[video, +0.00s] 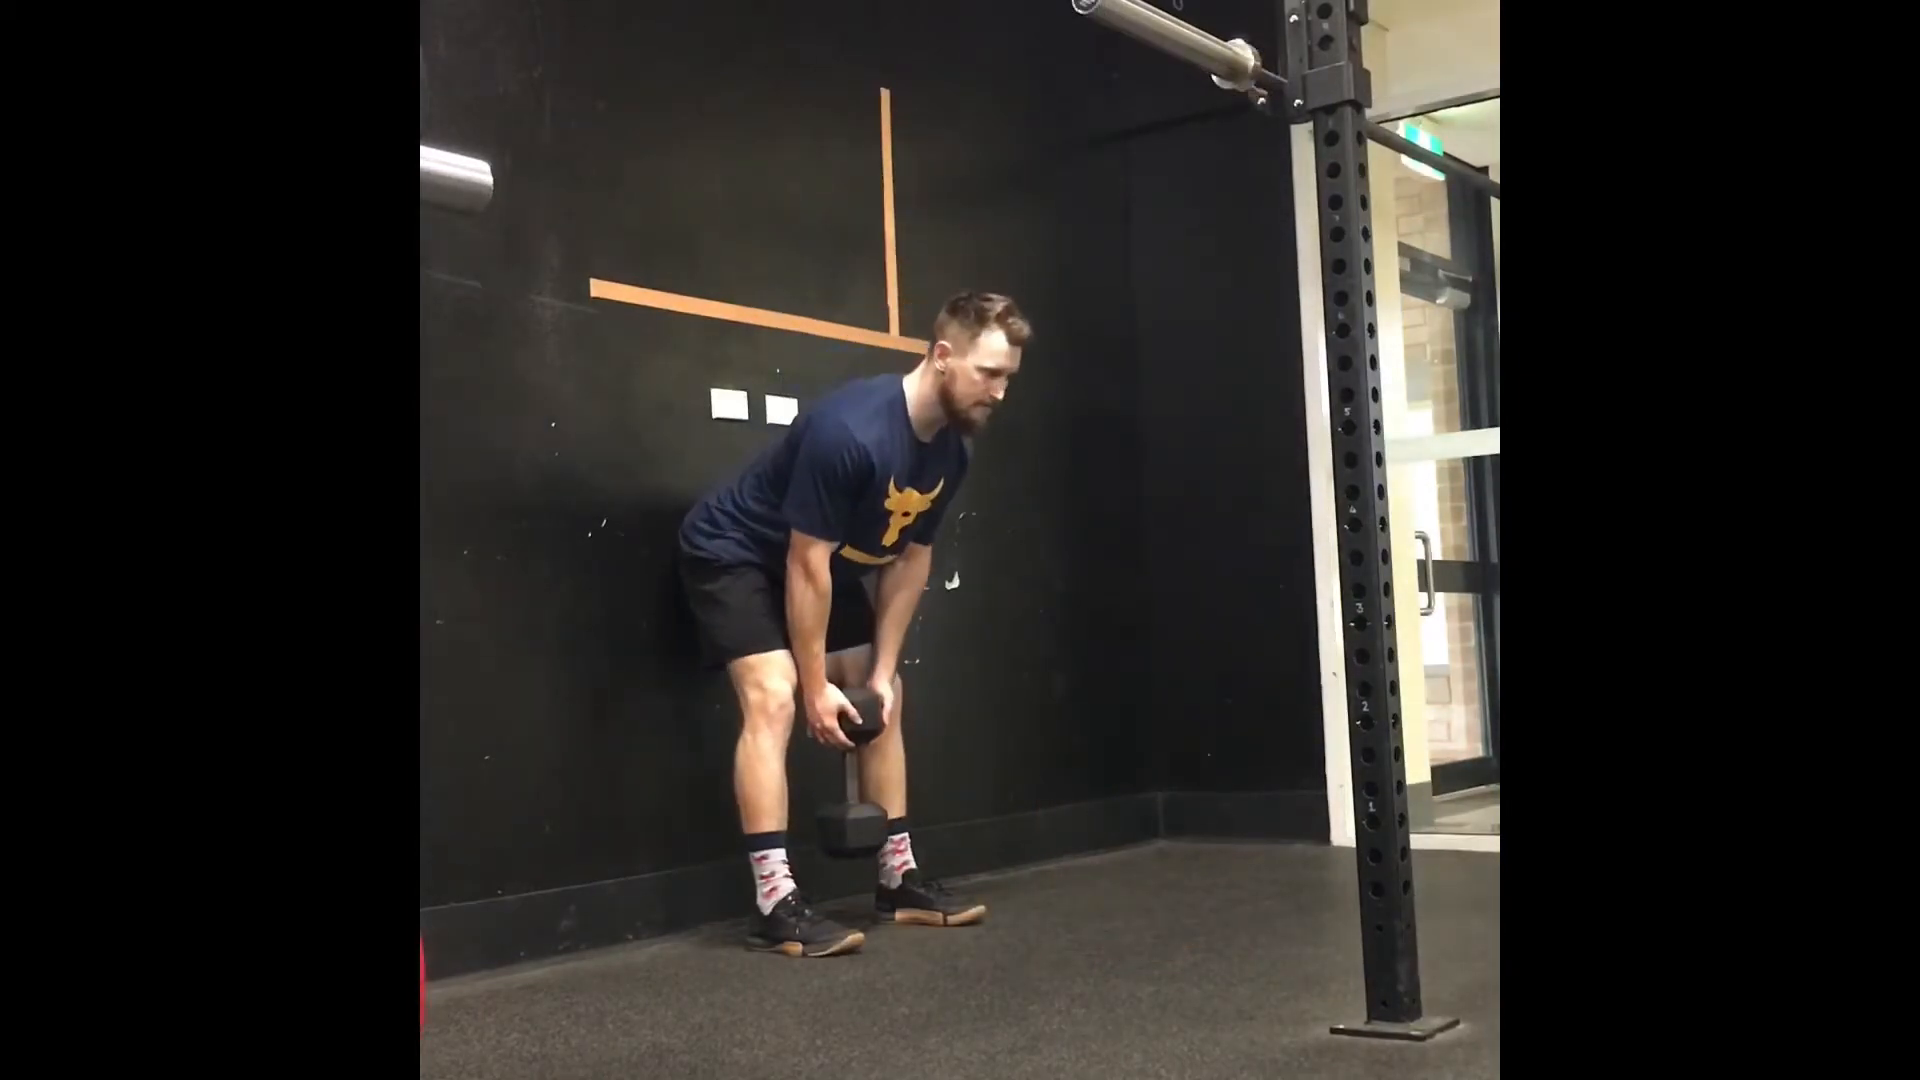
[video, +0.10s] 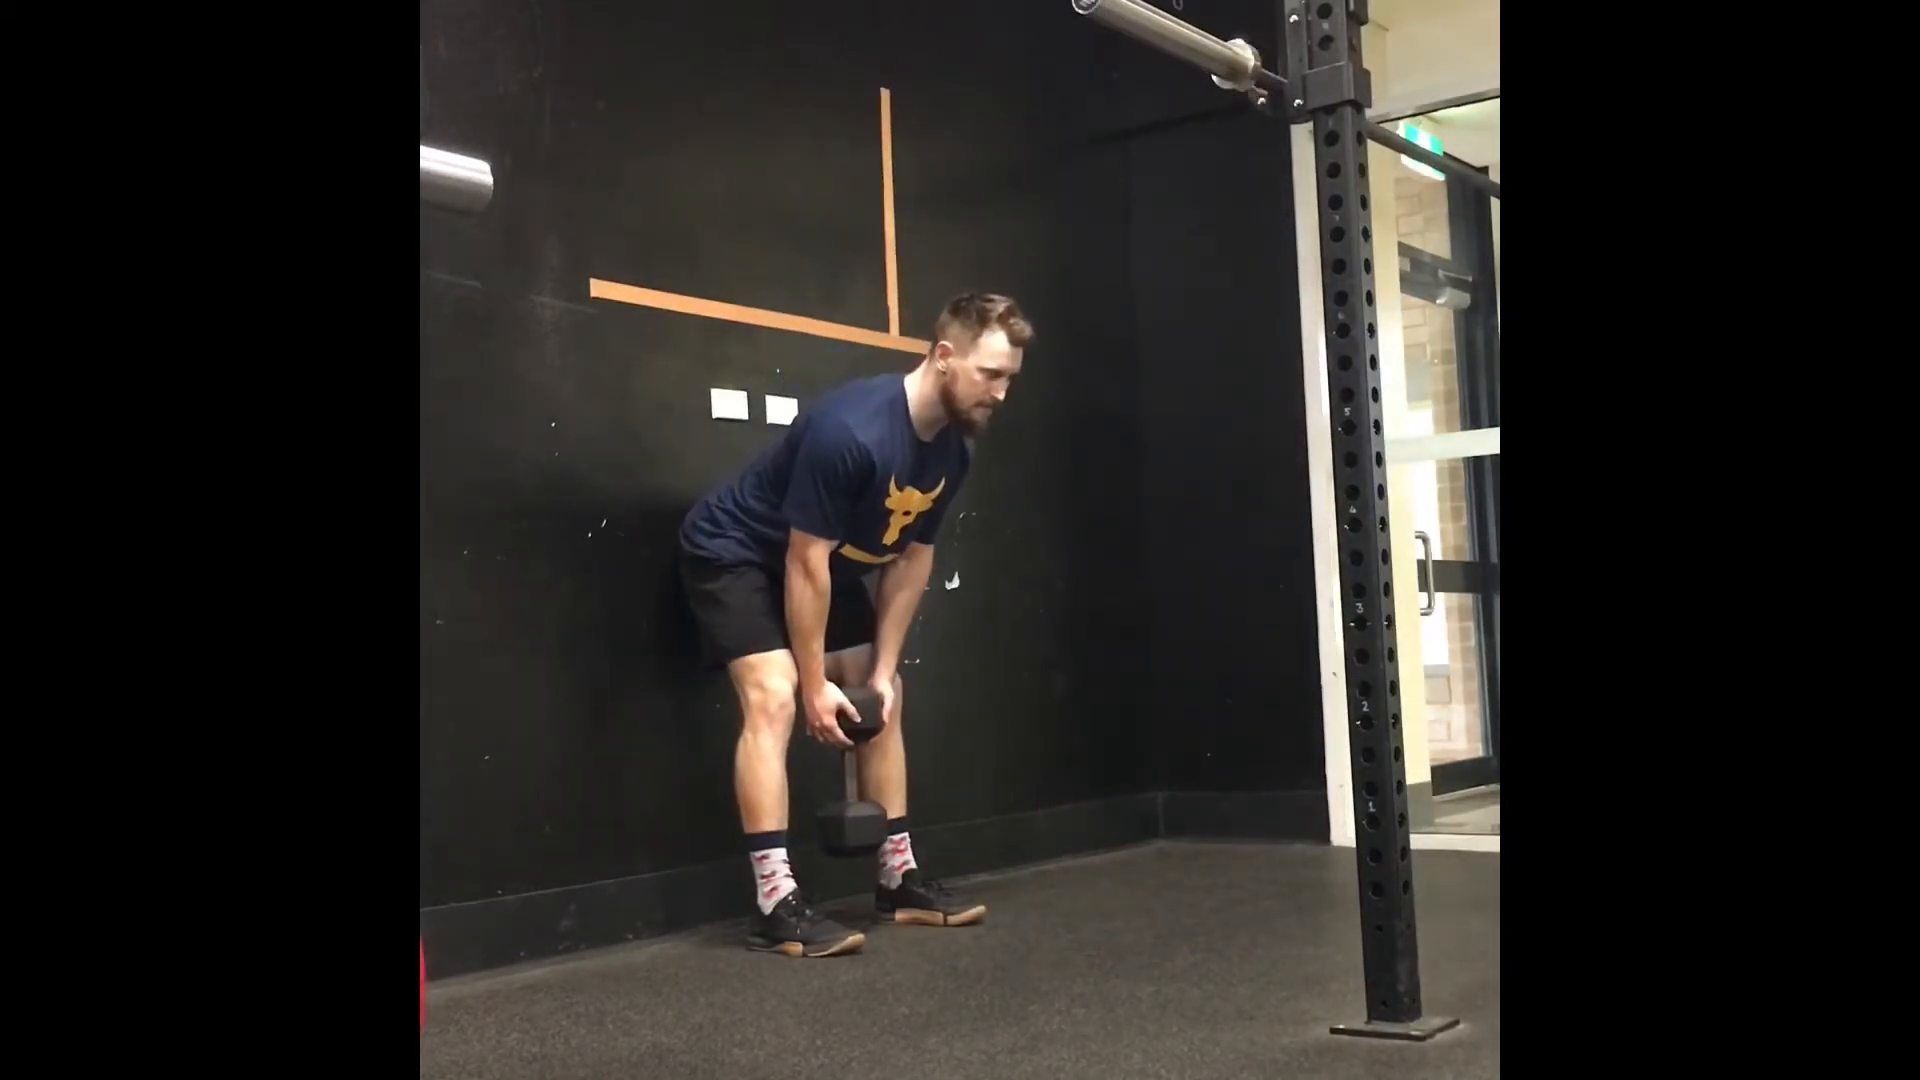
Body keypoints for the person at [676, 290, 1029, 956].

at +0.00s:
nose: (998, 392)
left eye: (1007, 378)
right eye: (989, 373)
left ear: (1008, 375)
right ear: (941, 357)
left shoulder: (950, 447)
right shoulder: (848, 432)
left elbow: (908, 560)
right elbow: (807, 562)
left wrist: (884, 672)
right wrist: (813, 686)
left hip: (820, 561)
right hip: (733, 549)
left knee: (880, 691)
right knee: (772, 698)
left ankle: (897, 878)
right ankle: (776, 903)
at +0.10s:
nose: (1000, 393)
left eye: (1009, 379)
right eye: (991, 374)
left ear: (1010, 375)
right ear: (943, 357)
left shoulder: (952, 444)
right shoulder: (849, 432)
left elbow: (910, 559)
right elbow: (806, 561)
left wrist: (883, 669)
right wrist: (813, 684)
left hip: (824, 560)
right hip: (734, 547)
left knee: (880, 688)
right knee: (773, 697)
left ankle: (897, 878)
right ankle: (776, 903)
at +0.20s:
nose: (999, 391)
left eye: (1008, 377)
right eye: (989, 372)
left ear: (1009, 374)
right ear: (942, 356)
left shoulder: (952, 445)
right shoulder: (848, 430)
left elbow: (910, 560)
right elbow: (805, 560)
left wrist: (883, 668)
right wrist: (812, 682)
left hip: (826, 559)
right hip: (735, 547)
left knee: (880, 689)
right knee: (772, 697)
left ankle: (897, 878)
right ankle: (776, 902)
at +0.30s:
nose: (996, 385)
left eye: (1005, 371)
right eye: (986, 365)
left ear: (1006, 369)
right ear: (938, 352)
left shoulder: (950, 440)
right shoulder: (846, 427)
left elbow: (908, 558)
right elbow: (804, 557)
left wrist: (883, 666)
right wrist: (810, 679)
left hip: (825, 558)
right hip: (735, 547)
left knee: (880, 689)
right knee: (771, 698)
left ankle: (897, 879)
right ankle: (776, 904)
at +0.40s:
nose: (986, 368)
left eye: (997, 354)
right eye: (976, 348)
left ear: (1001, 354)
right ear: (930, 333)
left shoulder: (945, 427)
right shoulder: (840, 413)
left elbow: (908, 546)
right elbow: (801, 546)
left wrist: (882, 655)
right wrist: (811, 664)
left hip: (827, 555)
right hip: (739, 544)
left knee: (880, 691)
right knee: (771, 697)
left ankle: (897, 879)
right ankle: (774, 903)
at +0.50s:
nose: (972, 329)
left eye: (981, 315)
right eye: (961, 309)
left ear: (986, 312)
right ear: (914, 293)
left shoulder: (936, 397)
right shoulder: (830, 381)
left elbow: (908, 526)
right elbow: (796, 520)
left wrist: (882, 631)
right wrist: (815, 636)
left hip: (825, 546)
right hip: (742, 542)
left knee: (883, 684)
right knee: (774, 696)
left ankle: (896, 881)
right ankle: (775, 906)